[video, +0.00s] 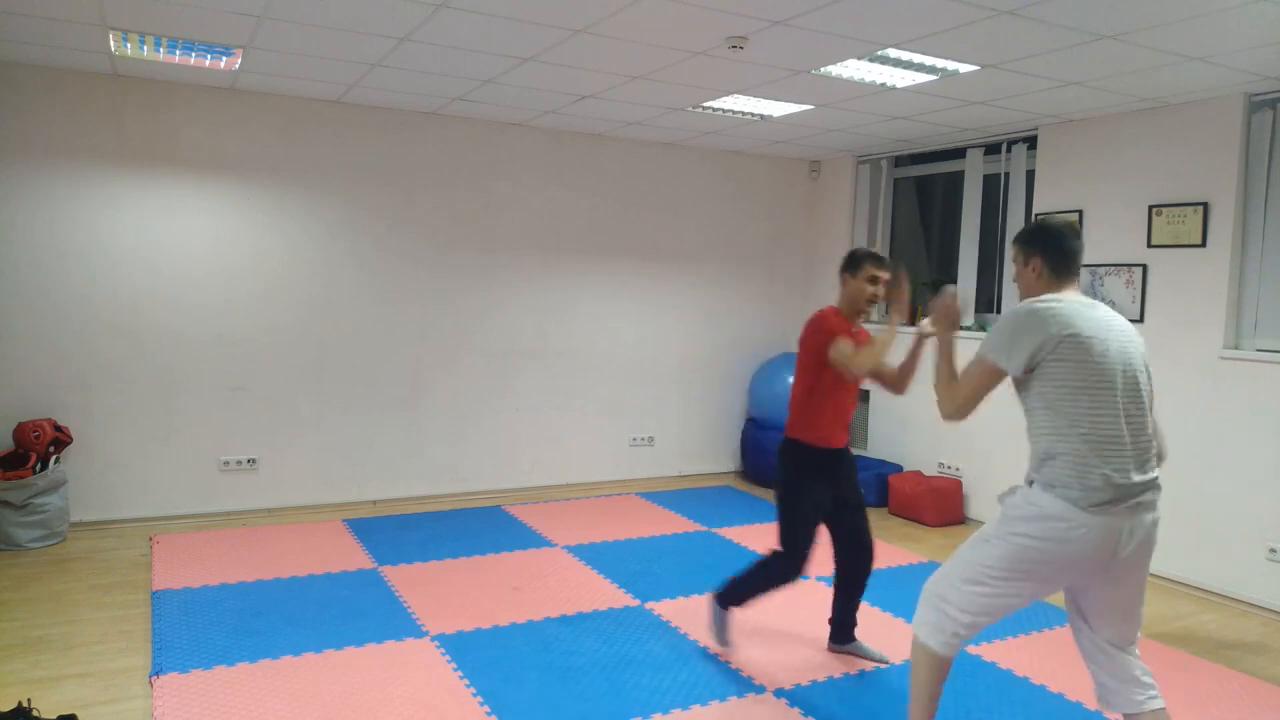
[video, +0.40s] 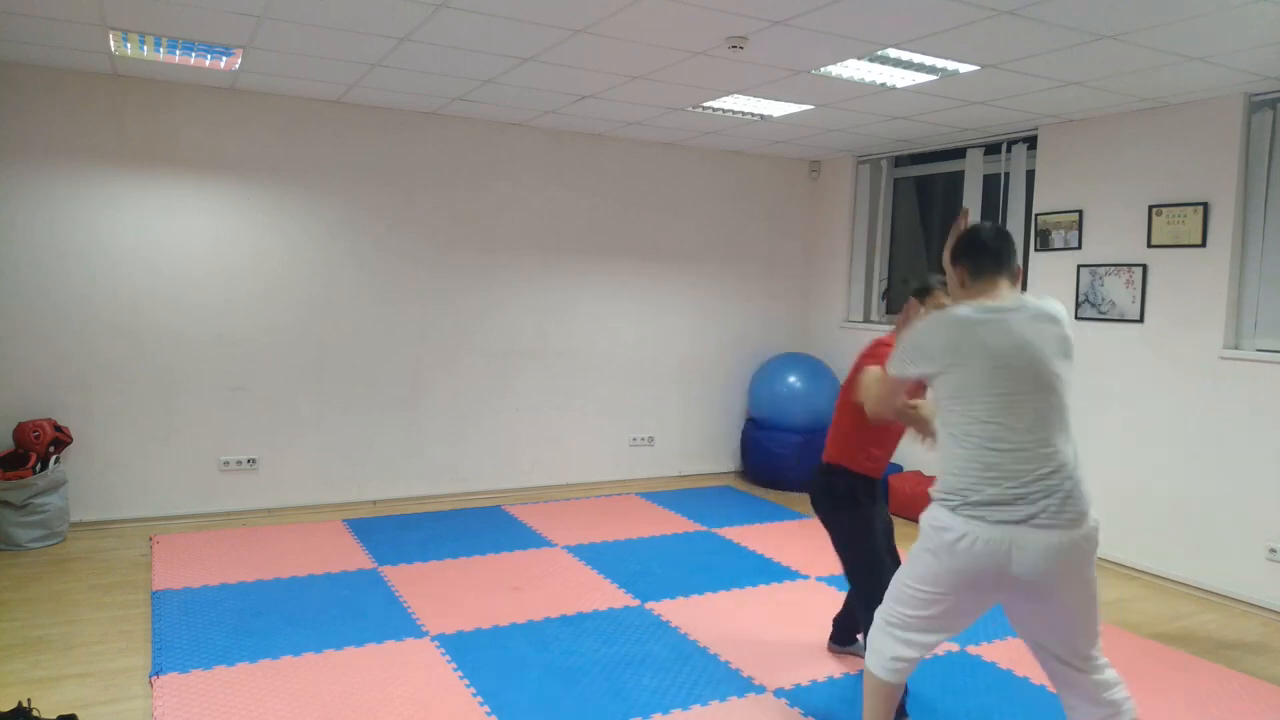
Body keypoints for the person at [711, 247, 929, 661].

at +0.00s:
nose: (878, 292)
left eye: (882, 285)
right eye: (871, 281)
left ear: (883, 292)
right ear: (846, 279)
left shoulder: (860, 336)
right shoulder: (823, 323)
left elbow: (897, 382)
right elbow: (858, 366)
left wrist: (922, 340)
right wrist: (897, 321)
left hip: (837, 457)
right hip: (802, 456)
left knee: (857, 554)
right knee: (792, 560)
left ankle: (842, 636)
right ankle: (724, 599)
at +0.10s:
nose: (897, 300)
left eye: (903, 294)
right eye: (890, 289)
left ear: (902, 299)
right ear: (864, 286)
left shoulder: (884, 344)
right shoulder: (837, 335)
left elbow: (936, 370)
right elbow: (816, 397)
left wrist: (946, 318)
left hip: (844, 463)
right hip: (811, 459)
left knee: (870, 556)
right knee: (829, 561)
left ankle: (843, 637)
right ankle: (768, 635)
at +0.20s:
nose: (917, 310)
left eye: (923, 303)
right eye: (911, 299)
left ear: (923, 308)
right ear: (885, 295)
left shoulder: (903, 349)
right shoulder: (852, 343)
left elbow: (955, 360)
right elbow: (810, 401)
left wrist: (962, 306)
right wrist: (830, 468)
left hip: (851, 468)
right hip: (818, 468)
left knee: (879, 560)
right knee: (850, 565)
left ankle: (843, 636)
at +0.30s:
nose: (931, 312)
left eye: (936, 306)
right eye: (925, 301)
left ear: (936, 313)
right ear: (896, 298)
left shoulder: (915, 355)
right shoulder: (866, 344)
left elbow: (953, 384)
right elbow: (820, 393)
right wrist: (868, 432)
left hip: (865, 472)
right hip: (830, 470)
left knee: (884, 565)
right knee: (859, 576)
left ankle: (844, 633)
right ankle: (868, 671)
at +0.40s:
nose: (938, 326)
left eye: (945, 319)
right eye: (933, 314)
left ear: (944, 323)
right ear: (911, 310)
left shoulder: (918, 362)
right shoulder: (883, 351)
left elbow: (921, 411)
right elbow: (876, 403)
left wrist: (923, 418)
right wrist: (920, 416)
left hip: (871, 483)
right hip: (841, 482)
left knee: (884, 567)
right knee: (877, 576)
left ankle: (844, 634)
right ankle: (891, 690)